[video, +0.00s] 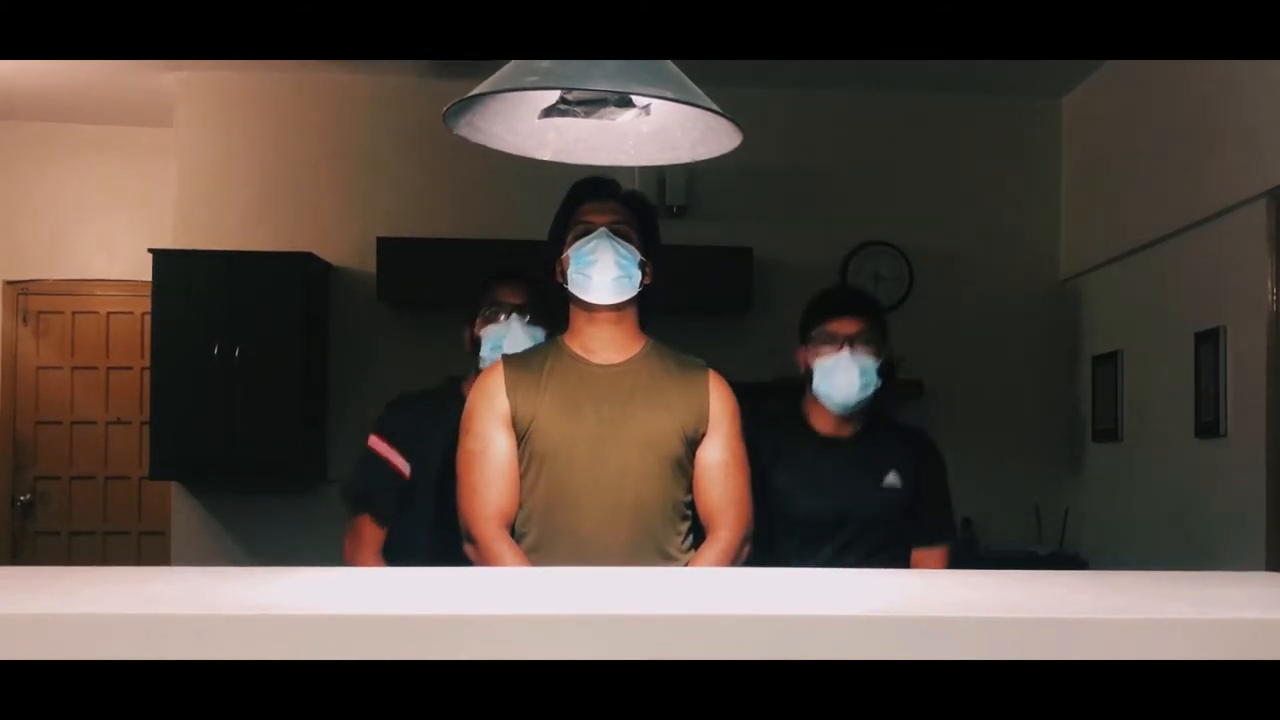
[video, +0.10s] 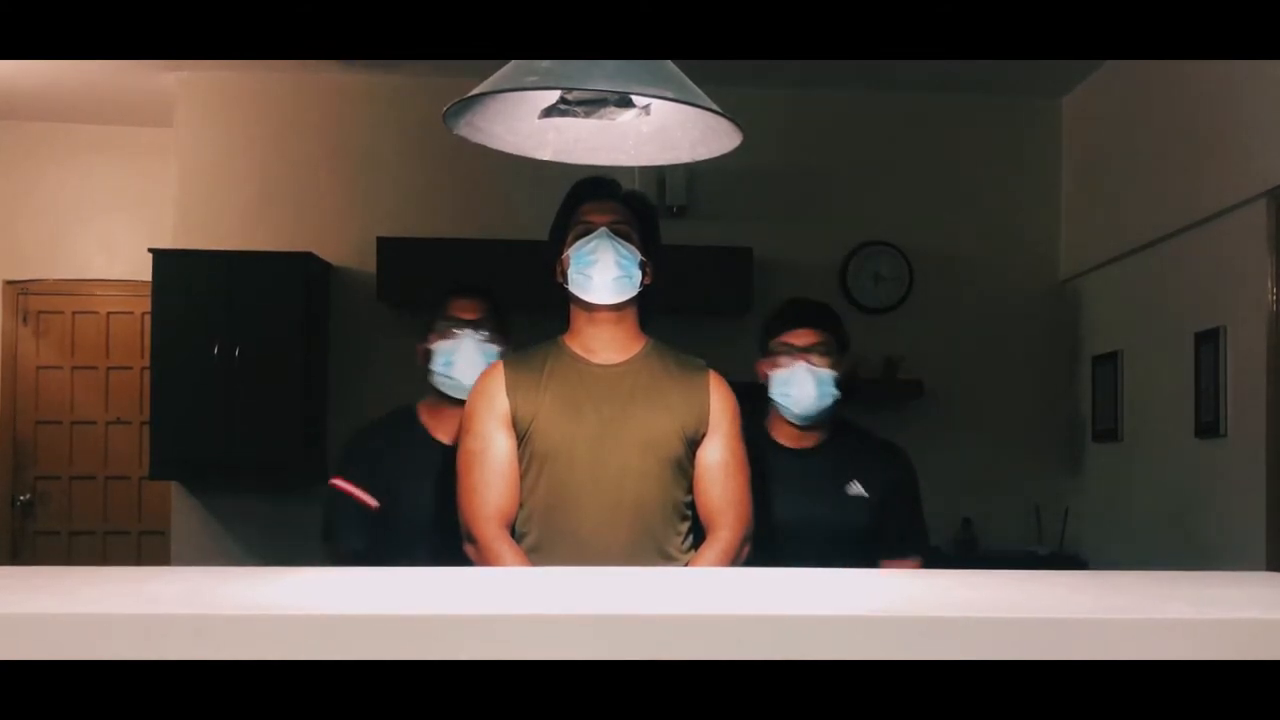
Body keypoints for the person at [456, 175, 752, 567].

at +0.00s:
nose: (601, 244)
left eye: (620, 235)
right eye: (584, 235)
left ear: (646, 268)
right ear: (560, 265)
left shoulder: (704, 391)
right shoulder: (502, 385)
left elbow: (729, 534)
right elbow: (485, 533)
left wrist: (666, 616)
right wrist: (549, 617)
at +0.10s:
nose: (602, 245)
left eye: (620, 235)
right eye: (584, 235)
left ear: (646, 268)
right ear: (561, 264)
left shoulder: (704, 392)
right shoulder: (504, 385)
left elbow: (729, 534)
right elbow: (485, 533)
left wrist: (664, 616)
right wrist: (551, 621)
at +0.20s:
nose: (602, 244)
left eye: (620, 235)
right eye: (584, 235)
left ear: (646, 268)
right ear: (561, 265)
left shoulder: (705, 391)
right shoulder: (503, 385)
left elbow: (729, 534)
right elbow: (485, 533)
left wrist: (664, 621)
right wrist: (551, 621)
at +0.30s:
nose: (602, 244)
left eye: (621, 235)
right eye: (584, 235)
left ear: (646, 268)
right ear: (561, 264)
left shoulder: (705, 391)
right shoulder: (503, 384)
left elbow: (730, 534)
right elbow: (485, 534)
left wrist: (665, 617)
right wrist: (552, 622)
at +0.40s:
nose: (602, 245)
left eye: (621, 235)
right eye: (584, 235)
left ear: (646, 268)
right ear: (561, 265)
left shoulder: (705, 391)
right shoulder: (503, 384)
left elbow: (730, 533)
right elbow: (485, 534)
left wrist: (667, 617)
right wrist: (551, 622)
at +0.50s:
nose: (601, 245)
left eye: (620, 235)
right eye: (584, 235)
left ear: (645, 268)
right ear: (560, 265)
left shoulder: (704, 390)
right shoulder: (503, 385)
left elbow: (730, 532)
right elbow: (484, 533)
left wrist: (667, 617)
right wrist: (551, 622)